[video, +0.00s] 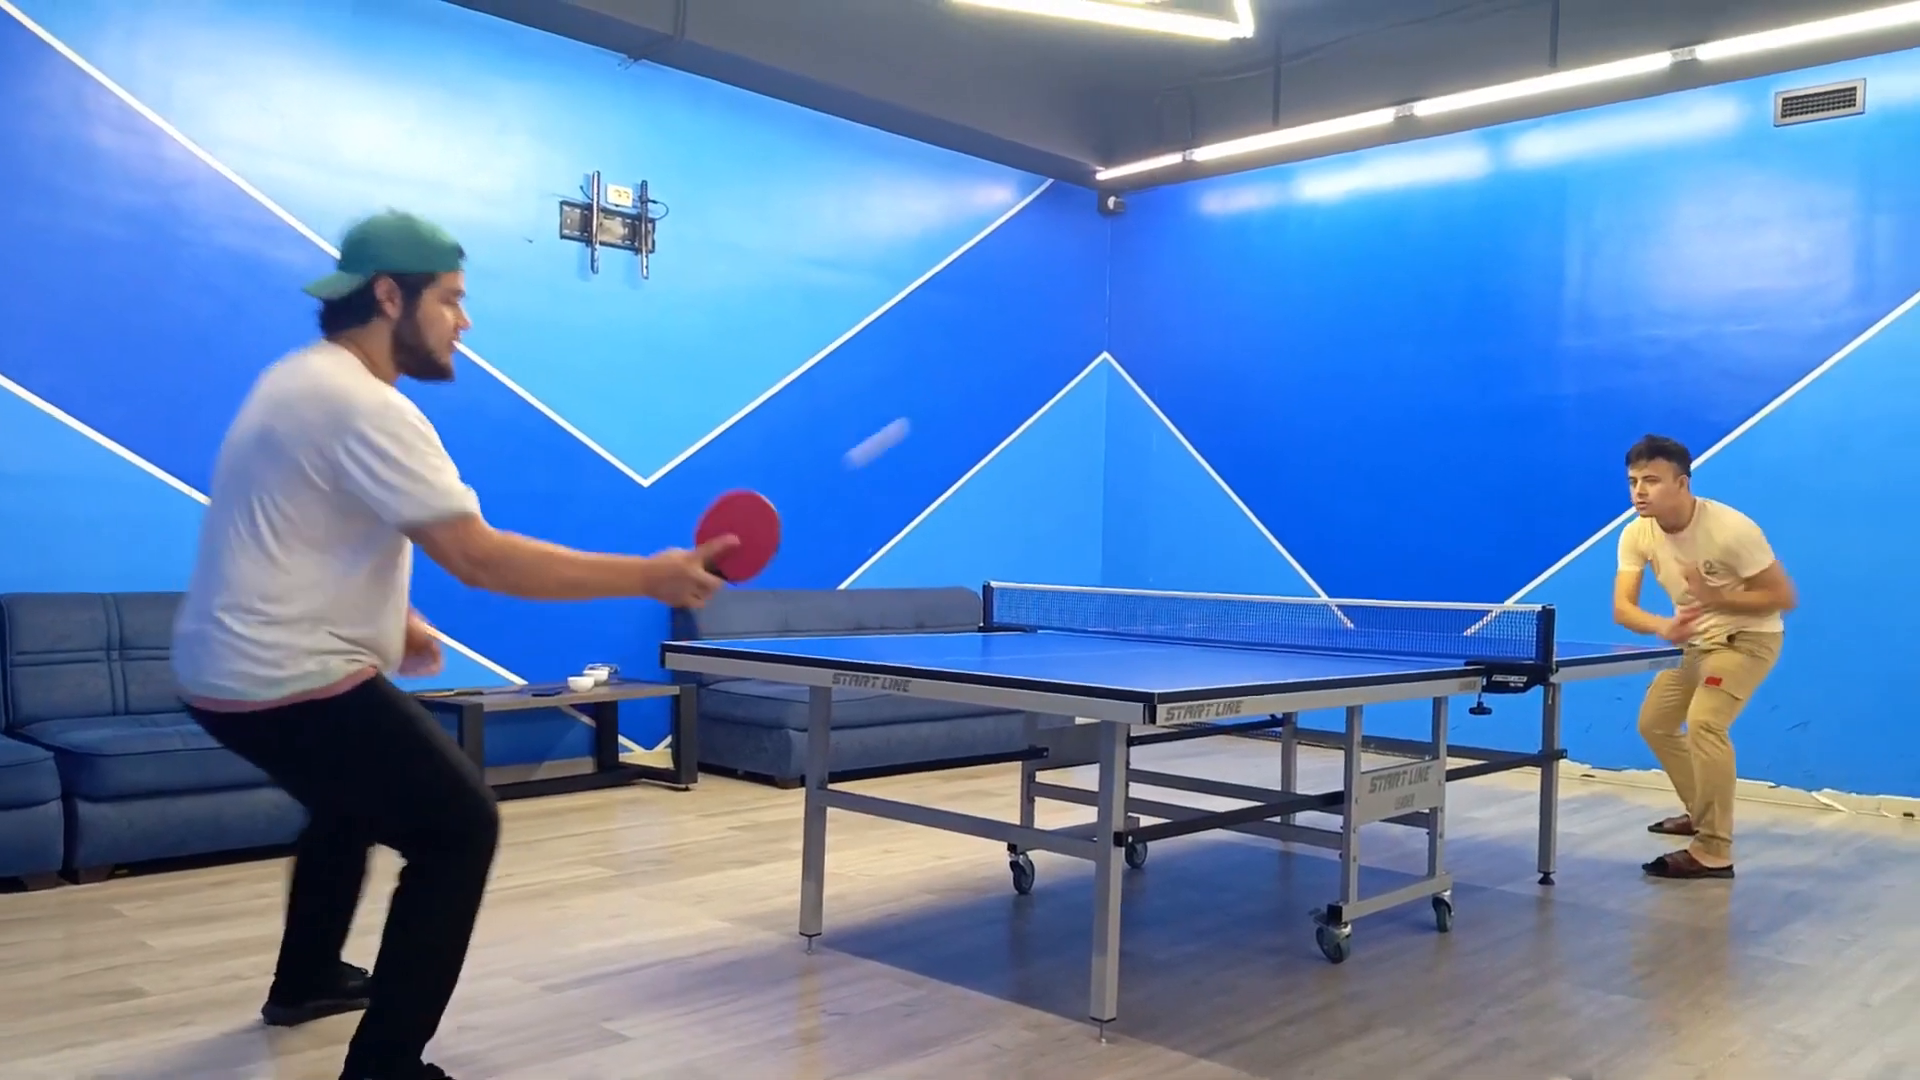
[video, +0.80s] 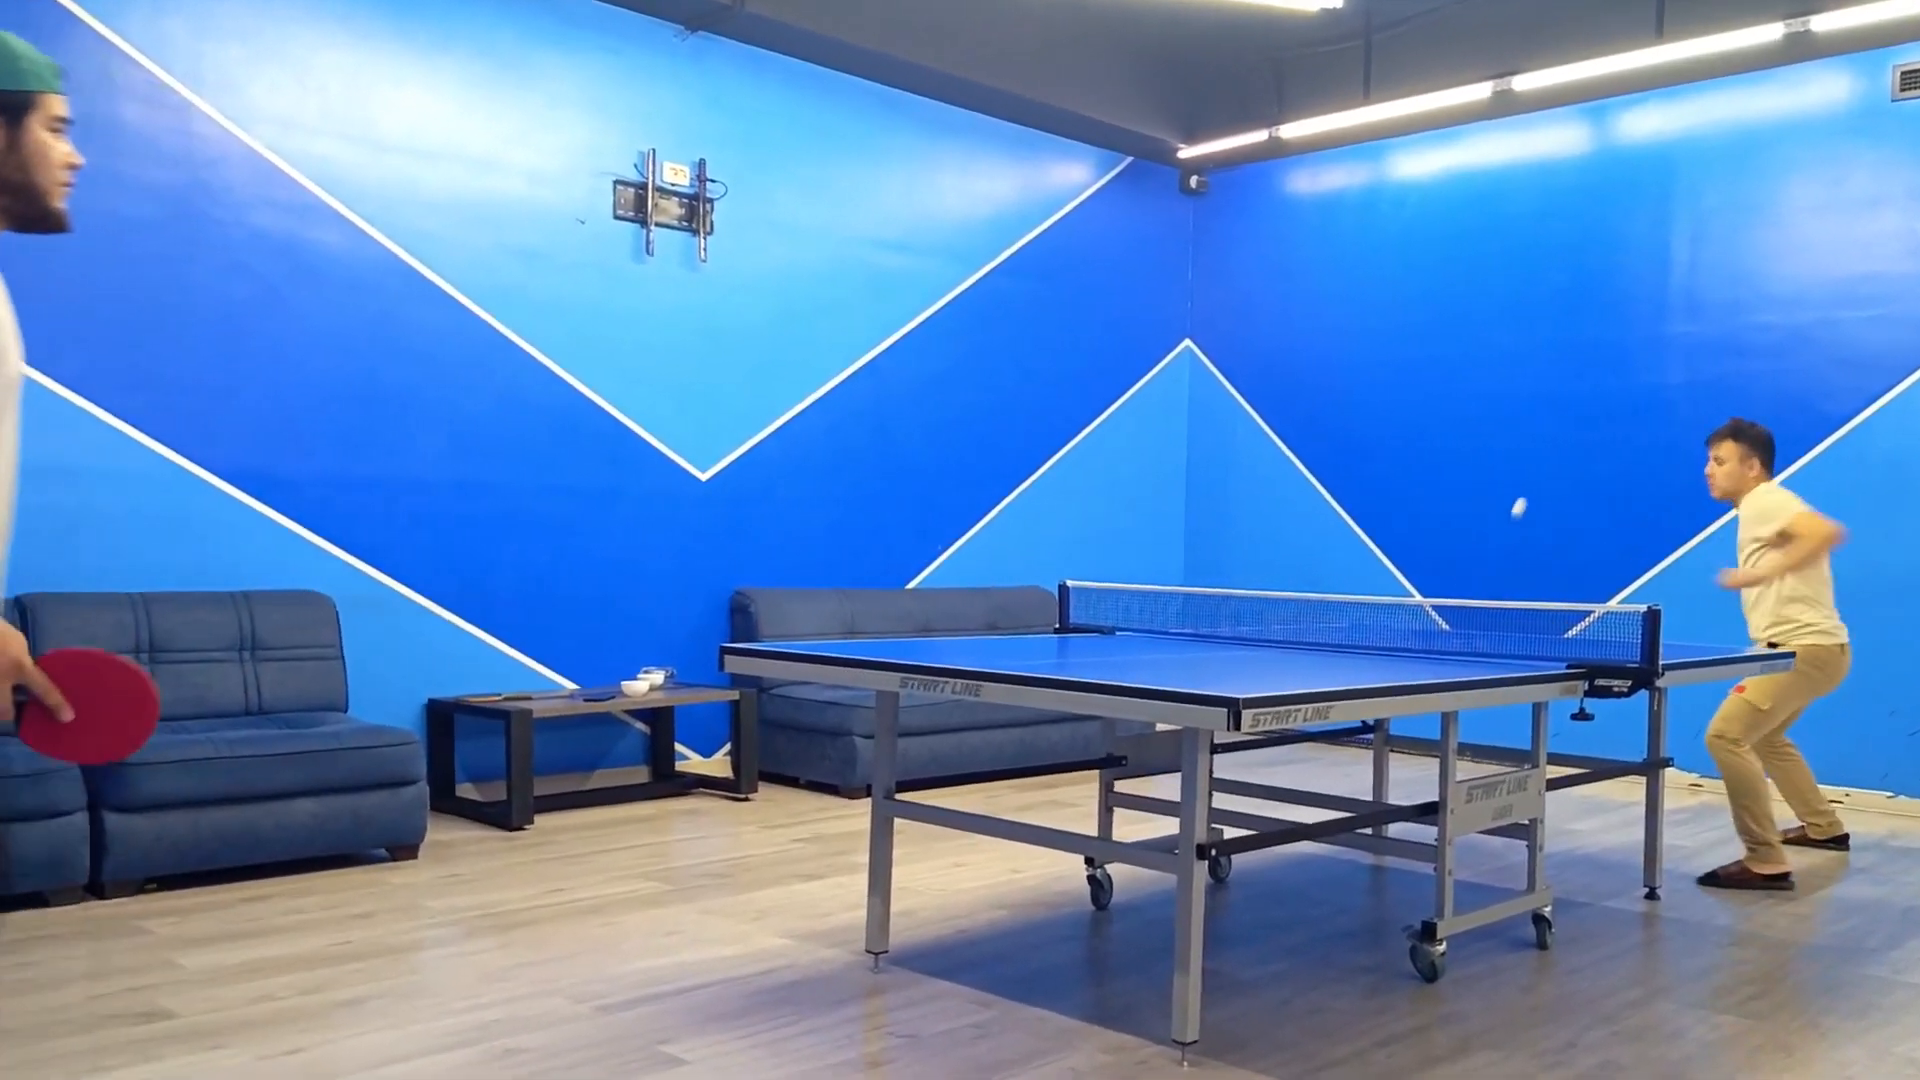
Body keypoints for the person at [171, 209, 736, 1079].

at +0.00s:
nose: (463, 323)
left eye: (461, 304)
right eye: (450, 302)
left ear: (382, 300)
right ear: (388, 298)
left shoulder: (298, 381)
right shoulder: (362, 408)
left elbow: (291, 540)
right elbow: (478, 556)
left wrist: (382, 616)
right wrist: (649, 575)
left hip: (235, 671)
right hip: (296, 677)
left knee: (347, 799)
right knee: (457, 826)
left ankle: (306, 977)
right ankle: (388, 1062)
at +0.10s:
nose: (381, 276)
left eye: (379, 256)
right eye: (370, 255)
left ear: (303, 259)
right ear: (311, 256)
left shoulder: (208, 344)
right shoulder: (291, 375)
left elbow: (244, 503)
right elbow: (388, 534)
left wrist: (351, 578)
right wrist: (562, 581)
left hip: (145, 651)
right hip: (225, 659)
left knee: (259, 789)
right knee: (372, 821)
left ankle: (193, 997)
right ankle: (342, 1054)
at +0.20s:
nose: (287, 239)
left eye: (283, 217)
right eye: (273, 216)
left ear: (207, 220)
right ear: (217, 218)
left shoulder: (115, 316)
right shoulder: (189, 340)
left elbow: (164, 493)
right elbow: (224, 514)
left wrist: (273, 560)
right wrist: (403, 599)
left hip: (65, 637)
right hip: (141, 644)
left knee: (154, 806)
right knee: (274, 818)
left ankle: (9, 1015)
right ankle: (295, 1052)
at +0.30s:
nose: (242, 222)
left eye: (238, 200)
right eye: (228, 200)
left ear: (168, 205)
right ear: (167, 201)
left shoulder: (123, 315)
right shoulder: (118, 317)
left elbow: (164, 518)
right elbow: (110, 499)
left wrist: (286, 601)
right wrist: (265, 607)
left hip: (65, 663)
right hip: (116, 664)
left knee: (39, 869)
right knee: (228, 856)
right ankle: (300, 1052)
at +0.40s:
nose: (197, 221)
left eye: (194, 200)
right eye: (181, 198)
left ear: (117, 201)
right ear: (116, 197)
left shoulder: (84, 314)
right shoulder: (52, 312)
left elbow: (86, 501)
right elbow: (7, 493)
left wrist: (197, 593)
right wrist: (124, 638)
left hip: (64, 675)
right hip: (56, 679)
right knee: (184, 880)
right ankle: (296, 1061)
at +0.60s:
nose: (128, 182)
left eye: (123, 159)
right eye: (110, 157)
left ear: (49, 160)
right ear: (40, 154)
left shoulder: (27, 284)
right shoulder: (11, 278)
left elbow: (16, 467)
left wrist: (36, 627)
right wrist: (15, 631)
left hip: (31, 640)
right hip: (16, 645)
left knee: (100, 845)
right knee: (106, 840)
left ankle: (146, 1057)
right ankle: (147, 1059)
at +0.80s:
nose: (75, 156)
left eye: (68, 131)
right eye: (56, 128)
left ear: (18, 136)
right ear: (1, 136)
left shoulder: (7, 311)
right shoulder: (3, 312)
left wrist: (1, 628)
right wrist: (1, 628)